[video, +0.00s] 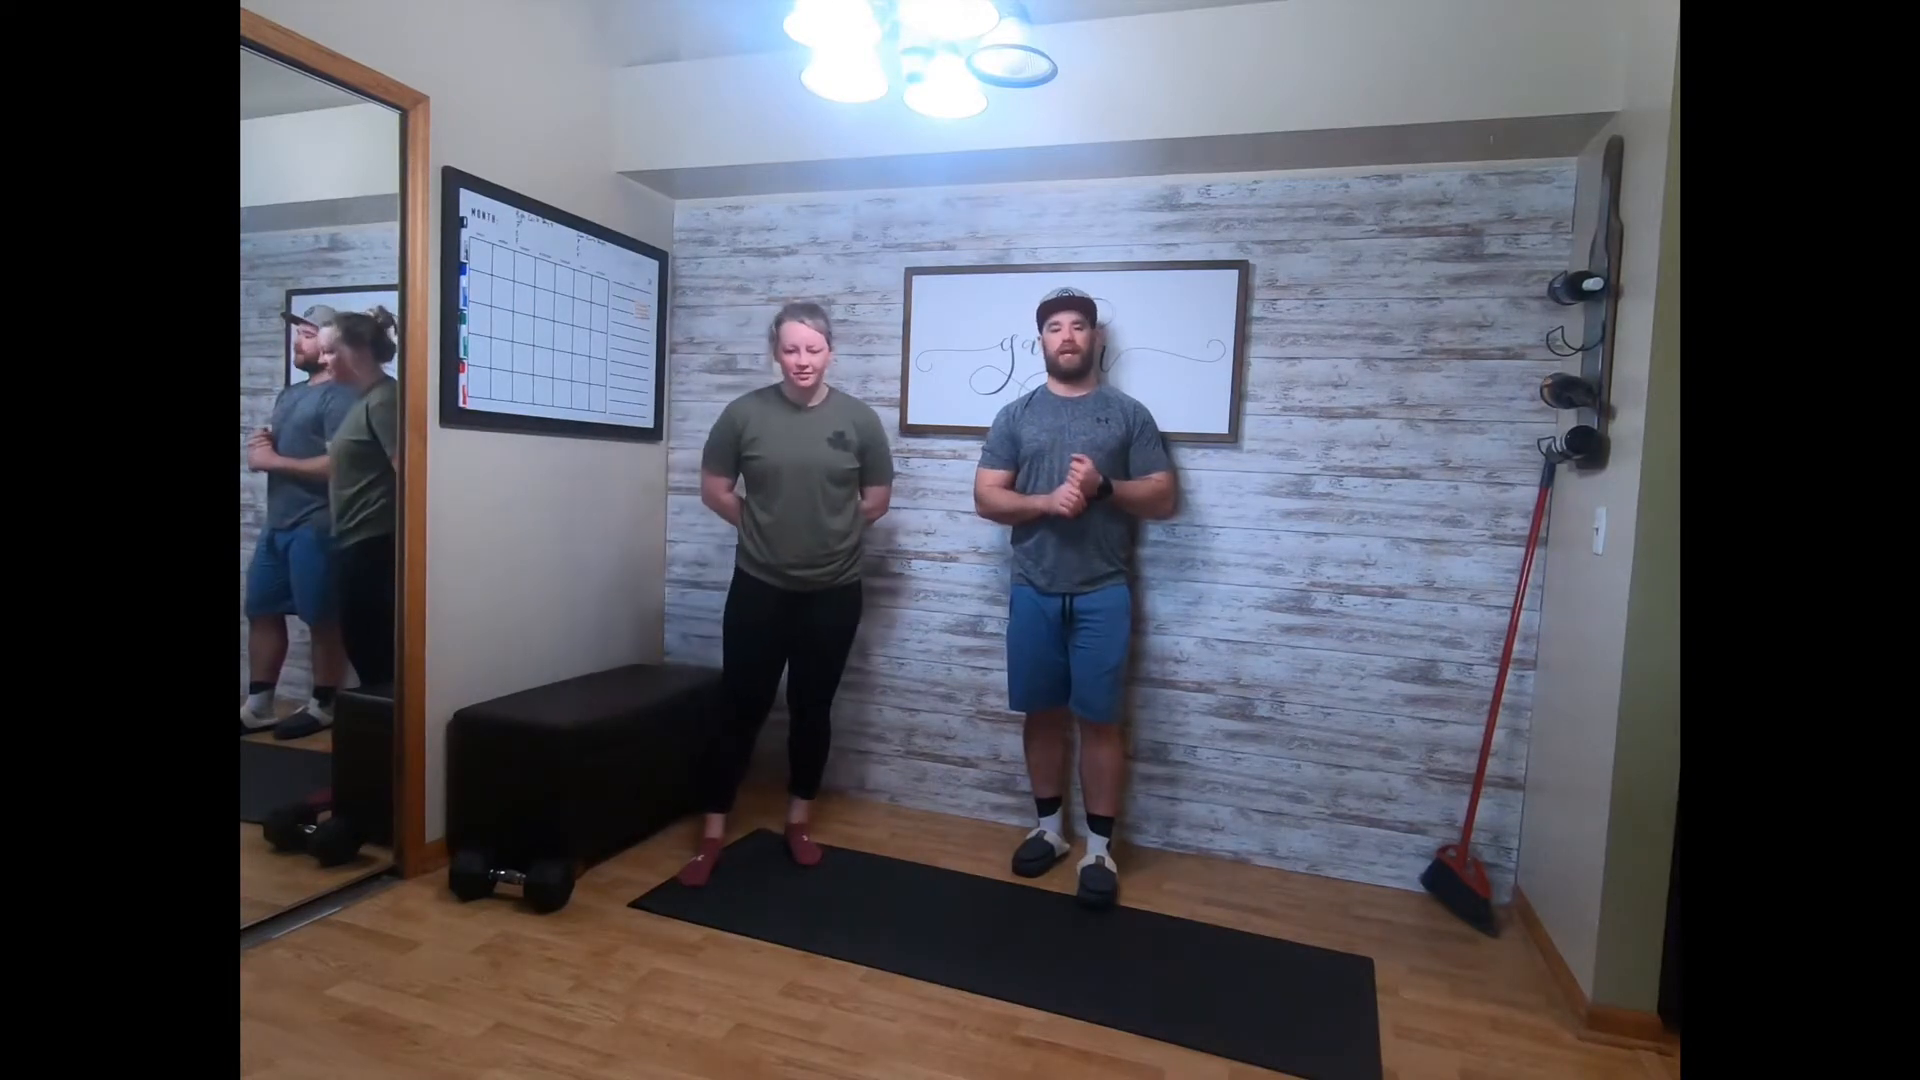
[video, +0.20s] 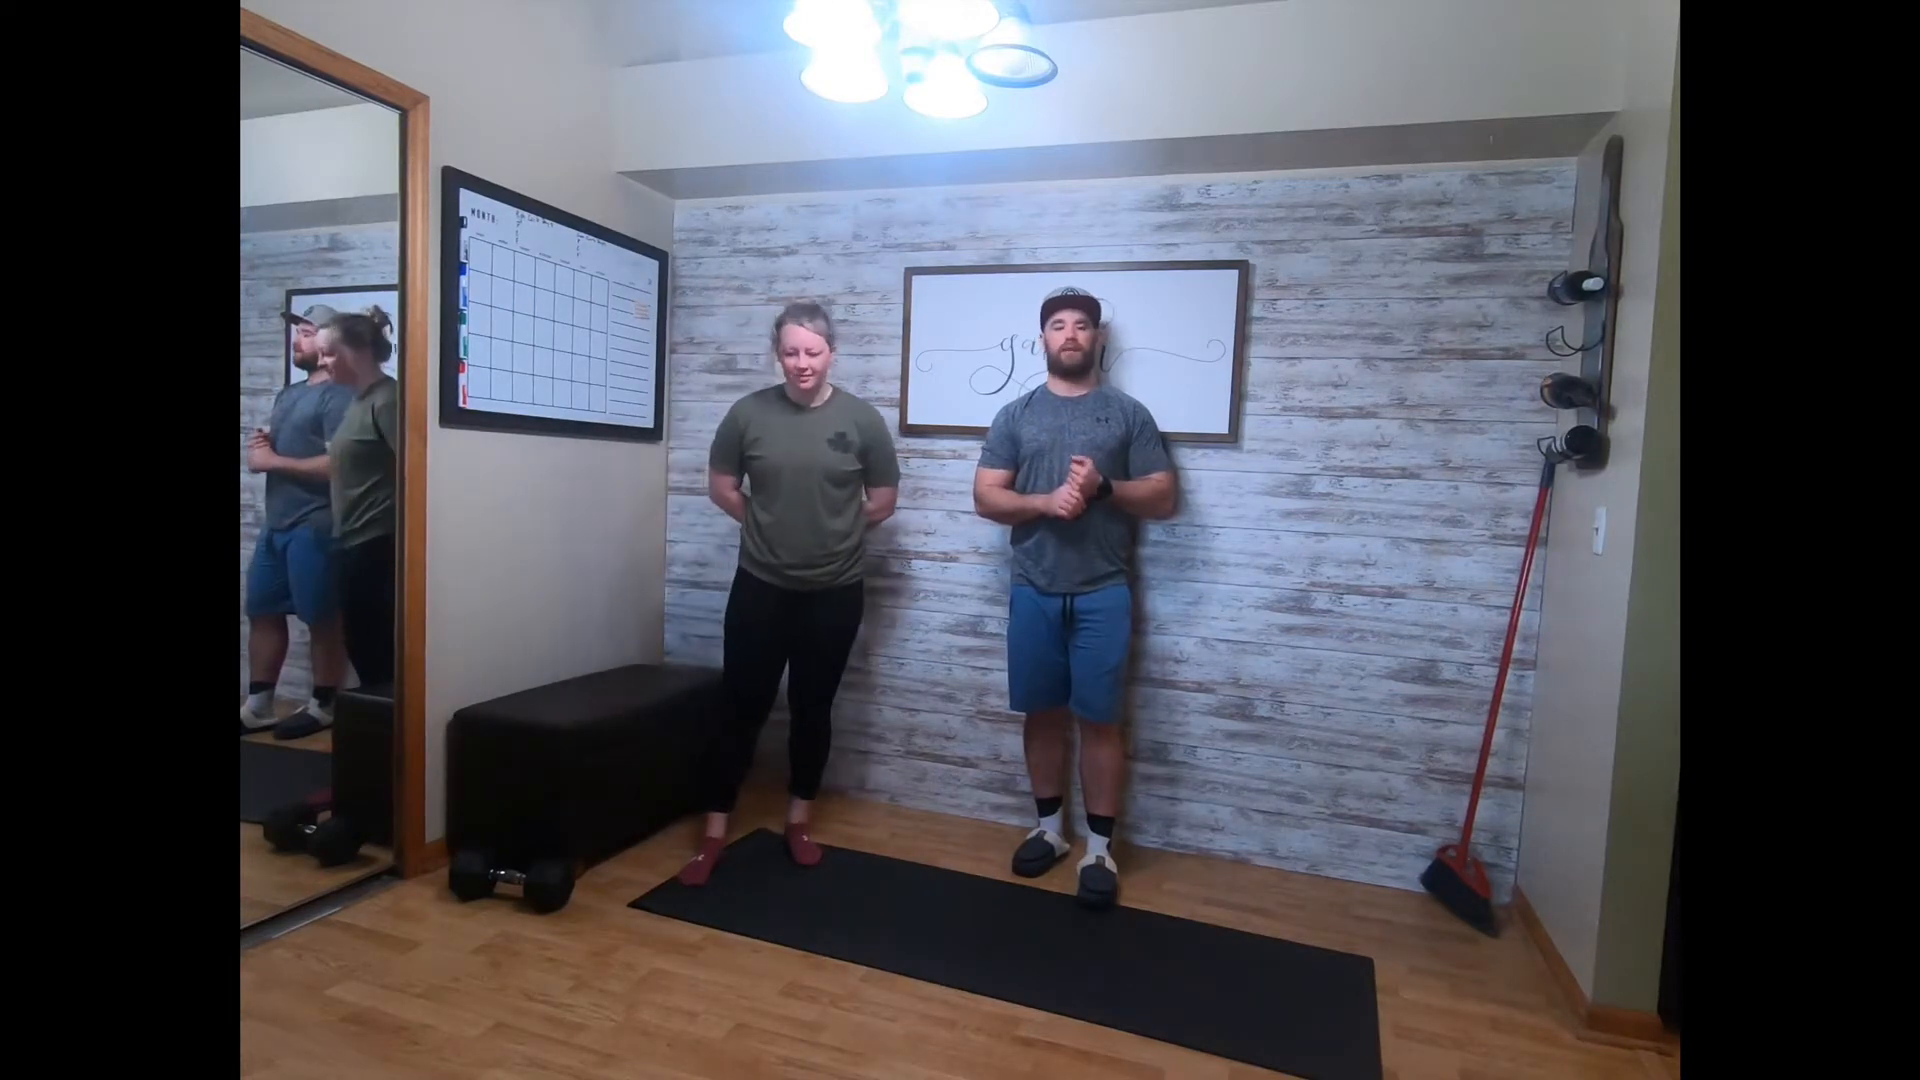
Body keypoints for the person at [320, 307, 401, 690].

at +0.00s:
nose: (326, 362)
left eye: (330, 352)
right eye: (325, 354)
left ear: (355, 350)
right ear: (357, 352)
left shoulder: (383, 400)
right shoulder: (367, 400)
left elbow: (407, 474)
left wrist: (409, 540)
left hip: (376, 544)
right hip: (358, 542)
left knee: (370, 646)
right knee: (364, 644)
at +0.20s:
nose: (326, 365)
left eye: (330, 354)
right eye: (324, 357)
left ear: (357, 351)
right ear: (358, 353)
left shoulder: (388, 400)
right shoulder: (360, 401)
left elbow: (414, 472)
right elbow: (355, 468)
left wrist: (411, 538)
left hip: (380, 544)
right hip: (356, 543)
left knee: (374, 647)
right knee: (363, 645)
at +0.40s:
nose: (324, 368)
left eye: (328, 358)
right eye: (322, 360)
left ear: (357, 353)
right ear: (355, 355)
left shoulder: (390, 400)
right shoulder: (354, 401)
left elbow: (417, 469)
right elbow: (349, 468)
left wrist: (410, 536)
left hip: (382, 545)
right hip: (352, 544)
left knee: (378, 649)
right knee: (366, 647)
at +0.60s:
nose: (323, 367)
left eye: (327, 358)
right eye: (321, 360)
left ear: (354, 353)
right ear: (353, 355)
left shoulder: (390, 399)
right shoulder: (350, 400)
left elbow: (419, 468)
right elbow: (344, 467)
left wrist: (412, 536)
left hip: (380, 544)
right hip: (348, 543)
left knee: (377, 645)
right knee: (362, 642)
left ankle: (393, 736)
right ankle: (382, 733)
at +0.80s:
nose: (320, 362)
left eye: (324, 352)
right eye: (318, 354)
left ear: (353, 348)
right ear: (347, 351)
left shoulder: (384, 397)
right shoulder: (351, 398)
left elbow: (415, 465)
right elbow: (346, 467)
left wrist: (412, 534)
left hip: (375, 542)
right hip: (348, 541)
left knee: (371, 641)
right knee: (358, 639)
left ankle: (391, 733)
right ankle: (380, 727)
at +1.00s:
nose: (317, 351)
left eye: (326, 341)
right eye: (315, 343)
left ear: (357, 344)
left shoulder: (374, 395)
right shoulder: (354, 396)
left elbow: (402, 480)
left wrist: (420, 539)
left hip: (366, 543)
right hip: (347, 543)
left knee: (369, 656)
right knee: (364, 655)